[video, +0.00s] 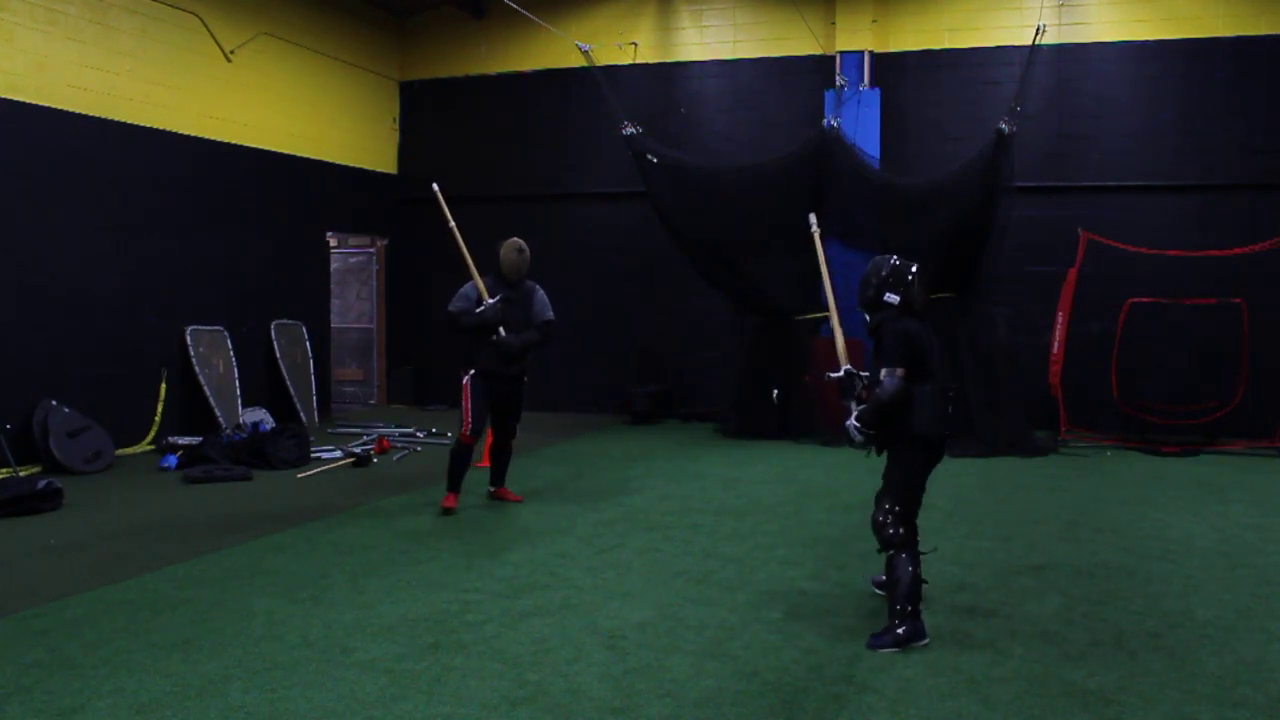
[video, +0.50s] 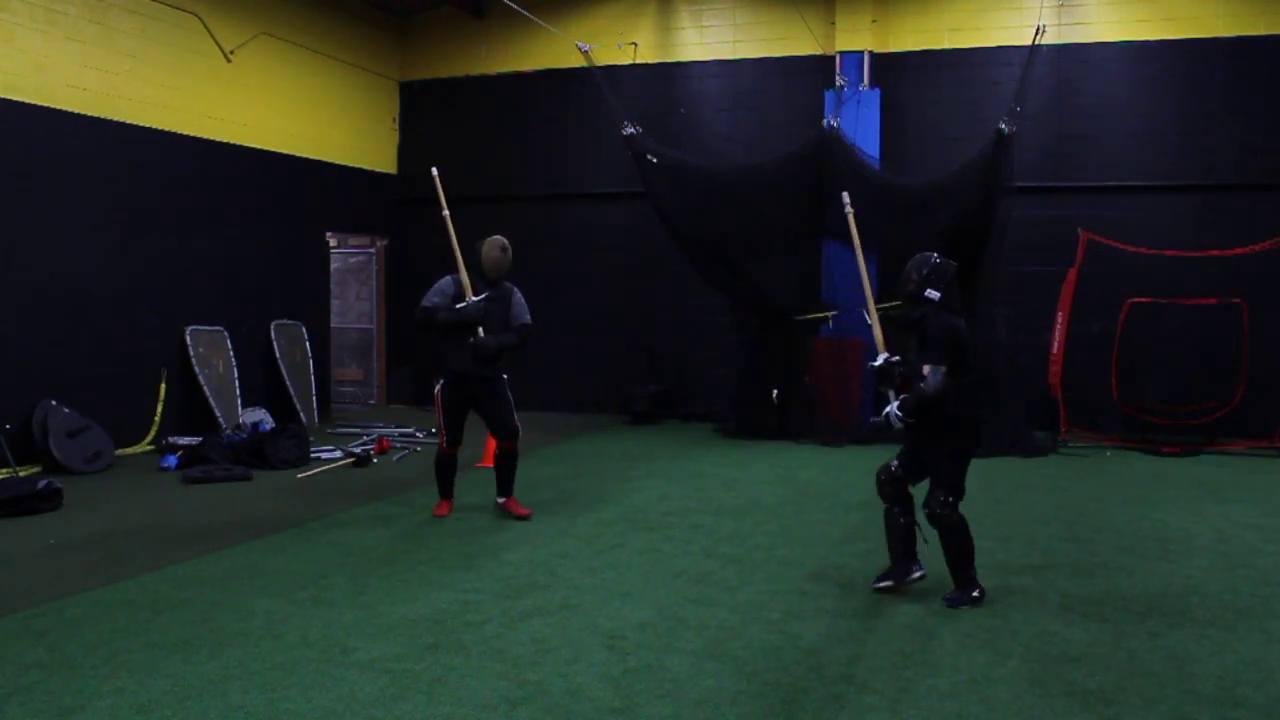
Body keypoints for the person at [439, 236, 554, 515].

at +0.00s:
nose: (519, 266)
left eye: (523, 260)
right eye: (514, 260)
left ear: (528, 263)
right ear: (501, 260)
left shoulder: (534, 293)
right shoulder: (478, 289)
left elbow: (547, 329)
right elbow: (454, 319)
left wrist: (515, 341)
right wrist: (485, 316)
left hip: (512, 374)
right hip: (479, 371)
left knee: (505, 433)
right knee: (471, 430)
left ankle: (498, 486)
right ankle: (453, 492)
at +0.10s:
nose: (511, 273)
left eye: (516, 268)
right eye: (506, 267)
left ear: (522, 267)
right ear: (495, 264)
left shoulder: (529, 295)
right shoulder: (471, 289)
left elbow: (542, 331)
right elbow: (447, 319)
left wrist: (509, 342)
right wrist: (478, 316)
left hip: (507, 377)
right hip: (472, 375)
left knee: (502, 435)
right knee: (461, 436)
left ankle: (497, 486)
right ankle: (447, 495)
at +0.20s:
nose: (504, 275)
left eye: (509, 270)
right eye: (499, 269)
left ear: (515, 268)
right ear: (488, 265)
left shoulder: (523, 297)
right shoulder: (464, 291)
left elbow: (534, 334)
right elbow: (440, 319)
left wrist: (499, 343)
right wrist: (469, 316)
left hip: (501, 379)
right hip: (464, 377)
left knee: (502, 437)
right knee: (454, 438)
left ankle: (498, 487)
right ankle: (446, 498)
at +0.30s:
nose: (499, 275)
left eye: (504, 270)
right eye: (494, 269)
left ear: (510, 268)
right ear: (483, 265)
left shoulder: (516, 297)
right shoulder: (458, 288)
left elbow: (526, 336)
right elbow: (432, 316)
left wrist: (491, 342)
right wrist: (463, 313)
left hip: (493, 378)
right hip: (457, 377)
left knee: (508, 436)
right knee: (450, 439)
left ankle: (499, 479)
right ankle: (445, 497)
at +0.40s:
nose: (497, 266)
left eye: (502, 262)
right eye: (493, 260)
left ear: (507, 265)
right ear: (482, 259)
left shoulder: (512, 295)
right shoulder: (454, 285)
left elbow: (522, 334)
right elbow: (427, 314)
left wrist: (489, 342)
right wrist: (460, 312)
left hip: (491, 378)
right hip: (454, 376)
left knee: (510, 433)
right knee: (448, 440)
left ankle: (498, 482)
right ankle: (445, 498)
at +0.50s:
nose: (498, 264)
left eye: (503, 260)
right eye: (493, 258)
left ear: (507, 264)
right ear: (481, 258)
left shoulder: (510, 294)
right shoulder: (453, 285)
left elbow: (523, 332)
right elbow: (426, 314)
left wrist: (493, 342)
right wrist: (463, 313)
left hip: (491, 378)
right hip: (454, 376)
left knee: (508, 434)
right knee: (449, 441)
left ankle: (504, 497)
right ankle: (445, 499)